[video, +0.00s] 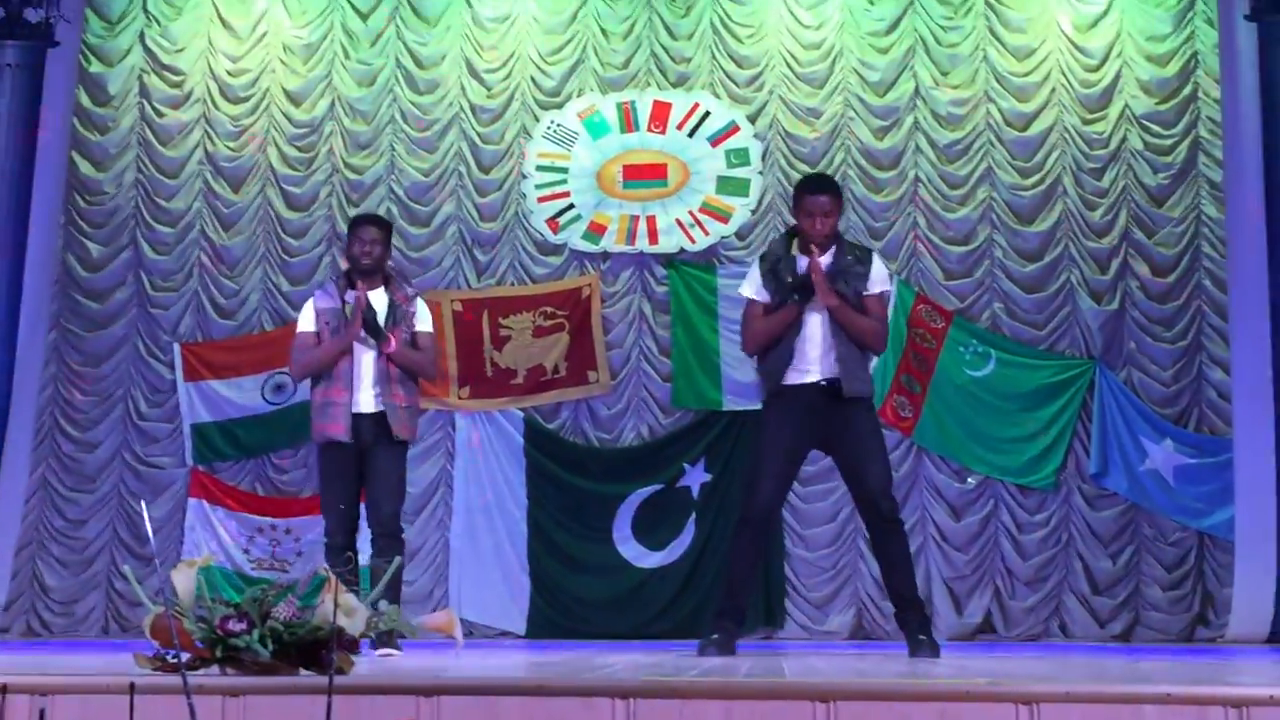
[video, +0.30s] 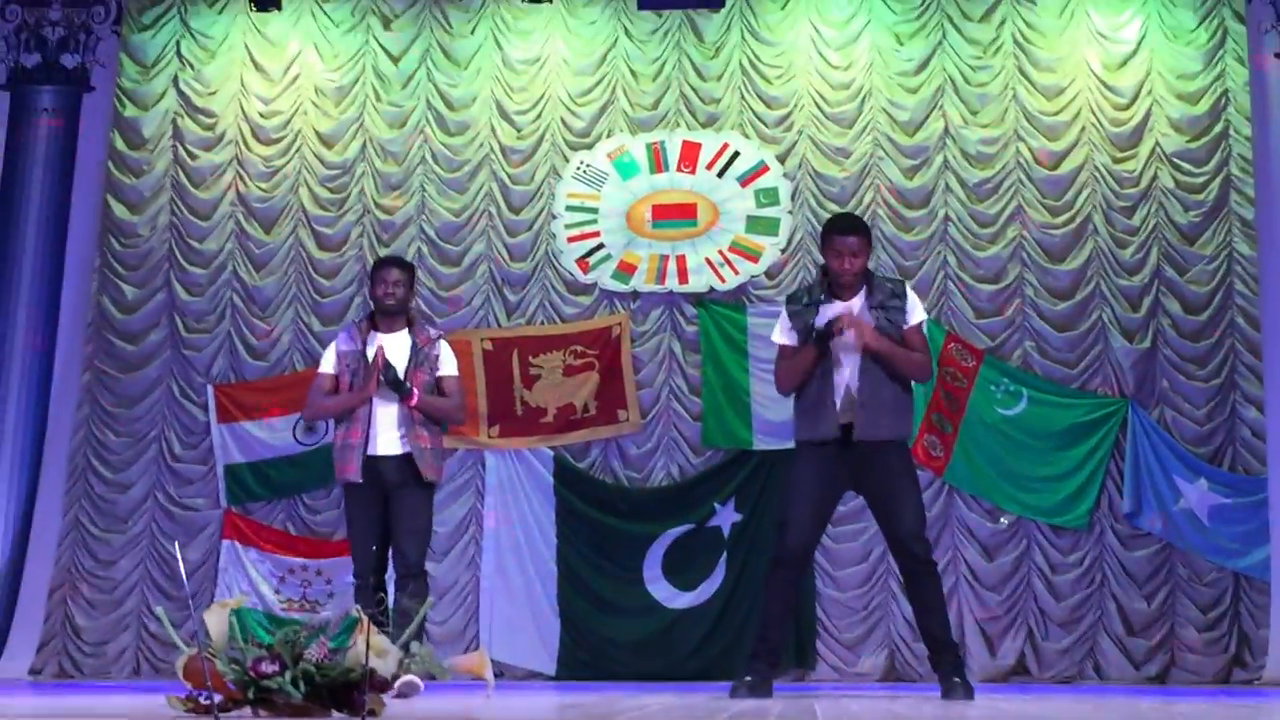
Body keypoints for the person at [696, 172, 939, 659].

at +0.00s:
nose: (819, 224)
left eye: (828, 215)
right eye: (810, 215)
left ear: (839, 216)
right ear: (795, 215)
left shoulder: (865, 263)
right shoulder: (770, 265)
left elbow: (877, 339)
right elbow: (752, 340)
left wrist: (828, 296)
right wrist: (803, 301)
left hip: (848, 401)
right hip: (789, 403)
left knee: (880, 508)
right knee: (758, 509)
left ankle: (917, 629)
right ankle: (726, 629)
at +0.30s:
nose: (847, 263)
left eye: (855, 254)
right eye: (838, 254)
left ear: (868, 256)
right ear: (823, 255)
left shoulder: (894, 296)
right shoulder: (801, 304)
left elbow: (921, 368)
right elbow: (785, 380)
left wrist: (872, 342)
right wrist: (823, 340)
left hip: (882, 446)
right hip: (819, 448)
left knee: (913, 551)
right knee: (791, 551)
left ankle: (950, 671)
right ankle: (761, 672)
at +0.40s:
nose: (847, 263)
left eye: (856, 255)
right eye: (838, 255)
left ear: (869, 256)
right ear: (824, 256)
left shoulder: (895, 298)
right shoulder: (801, 307)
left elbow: (924, 365)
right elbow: (787, 383)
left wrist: (890, 376)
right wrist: (812, 371)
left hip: (882, 448)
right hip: (822, 450)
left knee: (914, 554)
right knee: (791, 555)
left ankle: (951, 674)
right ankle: (762, 675)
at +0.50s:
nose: (844, 262)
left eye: (853, 253)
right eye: (834, 253)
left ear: (865, 255)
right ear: (818, 256)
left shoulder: (891, 301)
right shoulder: (793, 309)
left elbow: (925, 366)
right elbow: (773, 379)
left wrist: (908, 404)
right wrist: (784, 378)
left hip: (877, 446)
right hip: (815, 450)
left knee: (909, 556)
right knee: (787, 557)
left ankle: (945, 675)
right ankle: (756, 677)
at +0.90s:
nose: (858, 369)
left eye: (868, 359)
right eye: (849, 359)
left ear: (883, 356)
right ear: (835, 355)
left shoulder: (908, 388)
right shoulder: (810, 396)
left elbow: (955, 442)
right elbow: (775, 458)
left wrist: (1001, 500)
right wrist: (742, 523)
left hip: (897, 498)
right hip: (833, 499)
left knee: (947, 577)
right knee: (793, 569)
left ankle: (970, 702)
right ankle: (767, 701)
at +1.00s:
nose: (859, 360)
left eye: (868, 350)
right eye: (850, 350)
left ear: (881, 346)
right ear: (834, 344)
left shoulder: (909, 376)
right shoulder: (803, 379)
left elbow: (964, 415)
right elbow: (753, 424)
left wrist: (1011, 460)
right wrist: (713, 468)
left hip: (894, 493)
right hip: (826, 492)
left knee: (941, 585)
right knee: (788, 576)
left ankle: (965, 700)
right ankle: (764, 699)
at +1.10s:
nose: (860, 355)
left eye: (869, 346)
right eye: (851, 346)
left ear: (883, 333)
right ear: (836, 333)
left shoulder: (910, 344)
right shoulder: (809, 345)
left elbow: (959, 389)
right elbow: (775, 403)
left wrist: (986, 433)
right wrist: (721, 430)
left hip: (894, 481)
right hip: (828, 480)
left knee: (939, 581)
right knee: (793, 576)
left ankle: (964, 699)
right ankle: (764, 696)